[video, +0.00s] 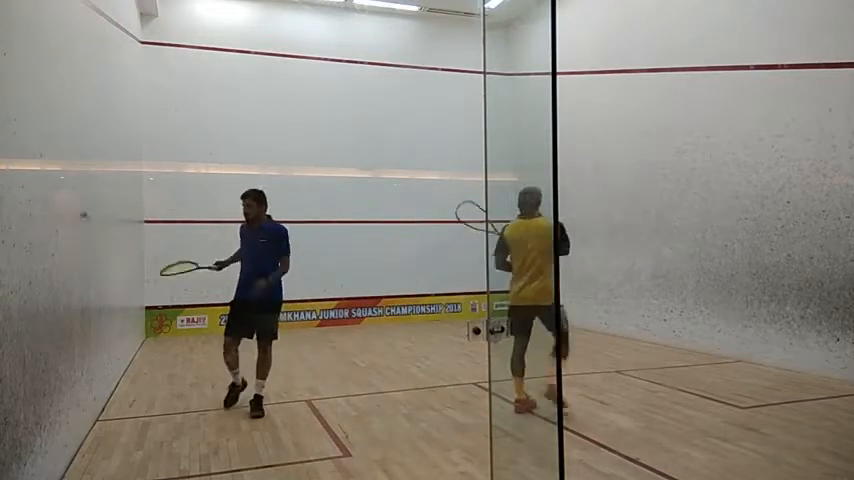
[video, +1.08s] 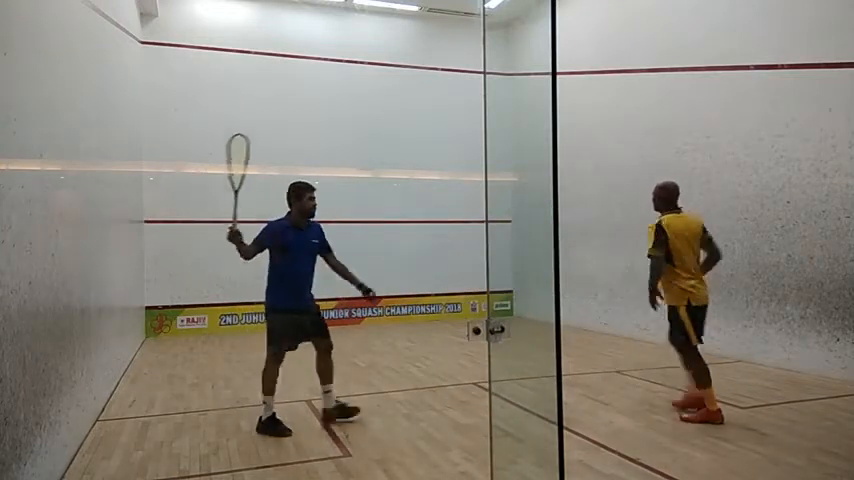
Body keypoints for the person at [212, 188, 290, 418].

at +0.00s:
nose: (245, 210)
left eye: (249, 206)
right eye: (244, 206)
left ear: (263, 207)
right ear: (244, 207)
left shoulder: (278, 231)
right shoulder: (245, 230)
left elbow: (285, 265)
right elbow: (245, 252)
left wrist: (270, 279)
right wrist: (226, 263)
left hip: (269, 297)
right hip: (244, 294)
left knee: (264, 346)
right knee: (229, 345)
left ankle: (257, 396)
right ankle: (237, 382)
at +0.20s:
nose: (260, 206)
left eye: (265, 203)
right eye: (259, 202)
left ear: (277, 207)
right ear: (258, 204)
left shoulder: (287, 234)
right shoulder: (249, 228)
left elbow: (278, 264)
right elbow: (240, 256)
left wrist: (258, 245)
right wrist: (220, 277)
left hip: (269, 301)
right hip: (243, 299)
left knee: (265, 349)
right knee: (238, 348)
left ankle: (258, 399)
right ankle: (232, 403)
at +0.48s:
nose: (277, 206)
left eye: (281, 203)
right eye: (273, 202)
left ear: (287, 207)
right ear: (264, 204)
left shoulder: (293, 236)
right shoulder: (249, 230)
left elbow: (292, 270)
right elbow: (228, 256)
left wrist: (287, 258)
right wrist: (195, 265)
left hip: (276, 301)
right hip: (250, 299)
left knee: (266, 352)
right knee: (256, 351)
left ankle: (257, 398)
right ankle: (259, 406)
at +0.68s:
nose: (284, 203)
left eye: (287, 200)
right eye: (279, 199)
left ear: (290, 205)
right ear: (267, 202)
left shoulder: (296, 233)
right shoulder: (252, 231)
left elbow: (299, 264)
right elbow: (223, 256)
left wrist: (301, 285)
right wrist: (190, 253)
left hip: (286, 306)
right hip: (259, 306)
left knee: (281, 361)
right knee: (260, 358)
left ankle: (259, 392)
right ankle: (264, 416)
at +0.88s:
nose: (295, 202)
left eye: (296, 198)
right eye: (290, 198)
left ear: (296, 201)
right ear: (275, 202)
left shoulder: (302, 231)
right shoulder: (258, 230)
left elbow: (311, 265)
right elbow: (230, 254)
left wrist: (330, 296)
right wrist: (209, 244)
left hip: (296, 306)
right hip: (267, 307)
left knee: (308, 350)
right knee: (264, 357)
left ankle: (279, 393)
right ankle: (264, 416)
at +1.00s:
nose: (304, 202)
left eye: (304, 198)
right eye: (298, 198)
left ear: (300, 201)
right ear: (283, 201)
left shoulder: (307, 230)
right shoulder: (265, 230)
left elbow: (322, 264)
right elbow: (236, 254)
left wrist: (345, 291)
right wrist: (222, 241)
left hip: (300, 304)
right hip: (273, 306)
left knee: (318, 348)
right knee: (269, 356)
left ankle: (302, 403)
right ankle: (266, 417)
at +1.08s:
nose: (315, 203)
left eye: (315, 199)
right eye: (310, 199)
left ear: (305, 202)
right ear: (294, 202)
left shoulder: (315, 231)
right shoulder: (275, 229)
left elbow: (334, 263)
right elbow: (248, 254)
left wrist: (359, 285)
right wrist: (238, 242)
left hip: (306, 304)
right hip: (279, 306)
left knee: (325, 347)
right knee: (275, 358)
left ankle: (330, 406)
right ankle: (267, 417)